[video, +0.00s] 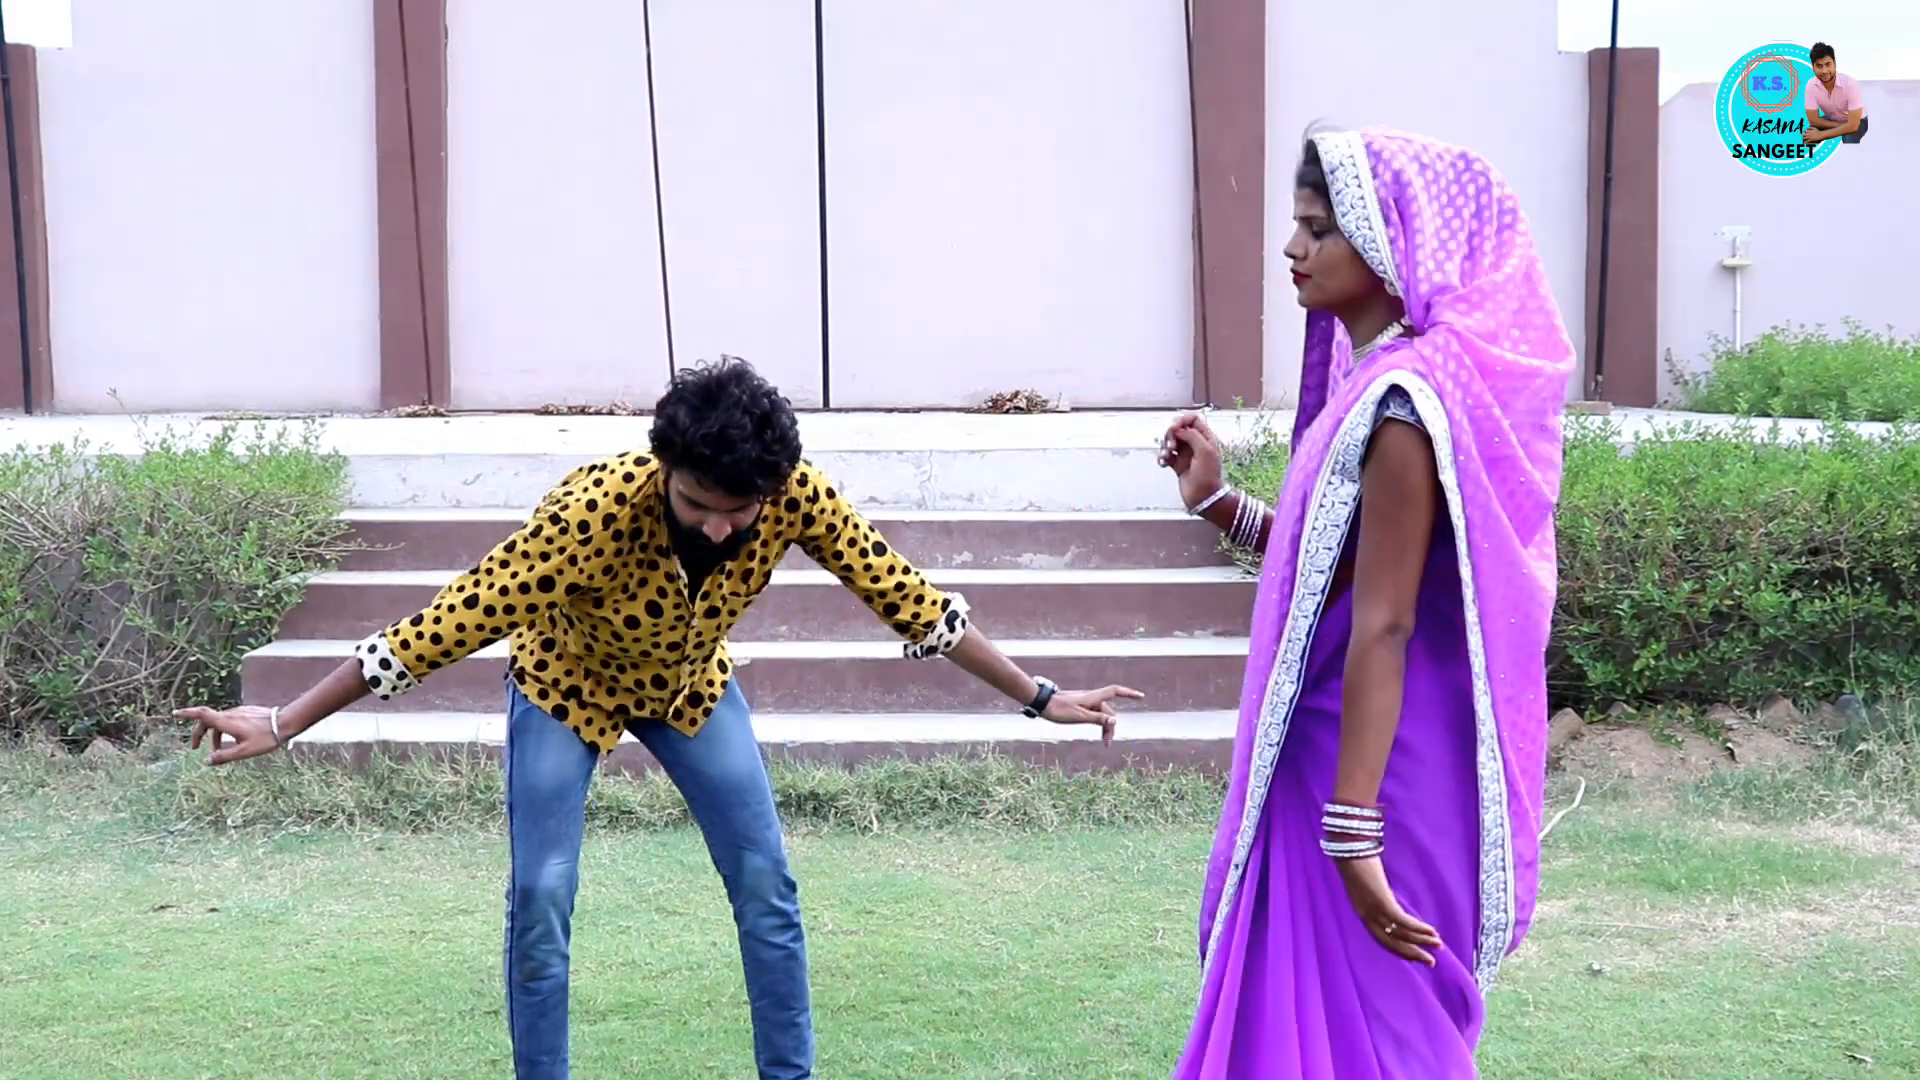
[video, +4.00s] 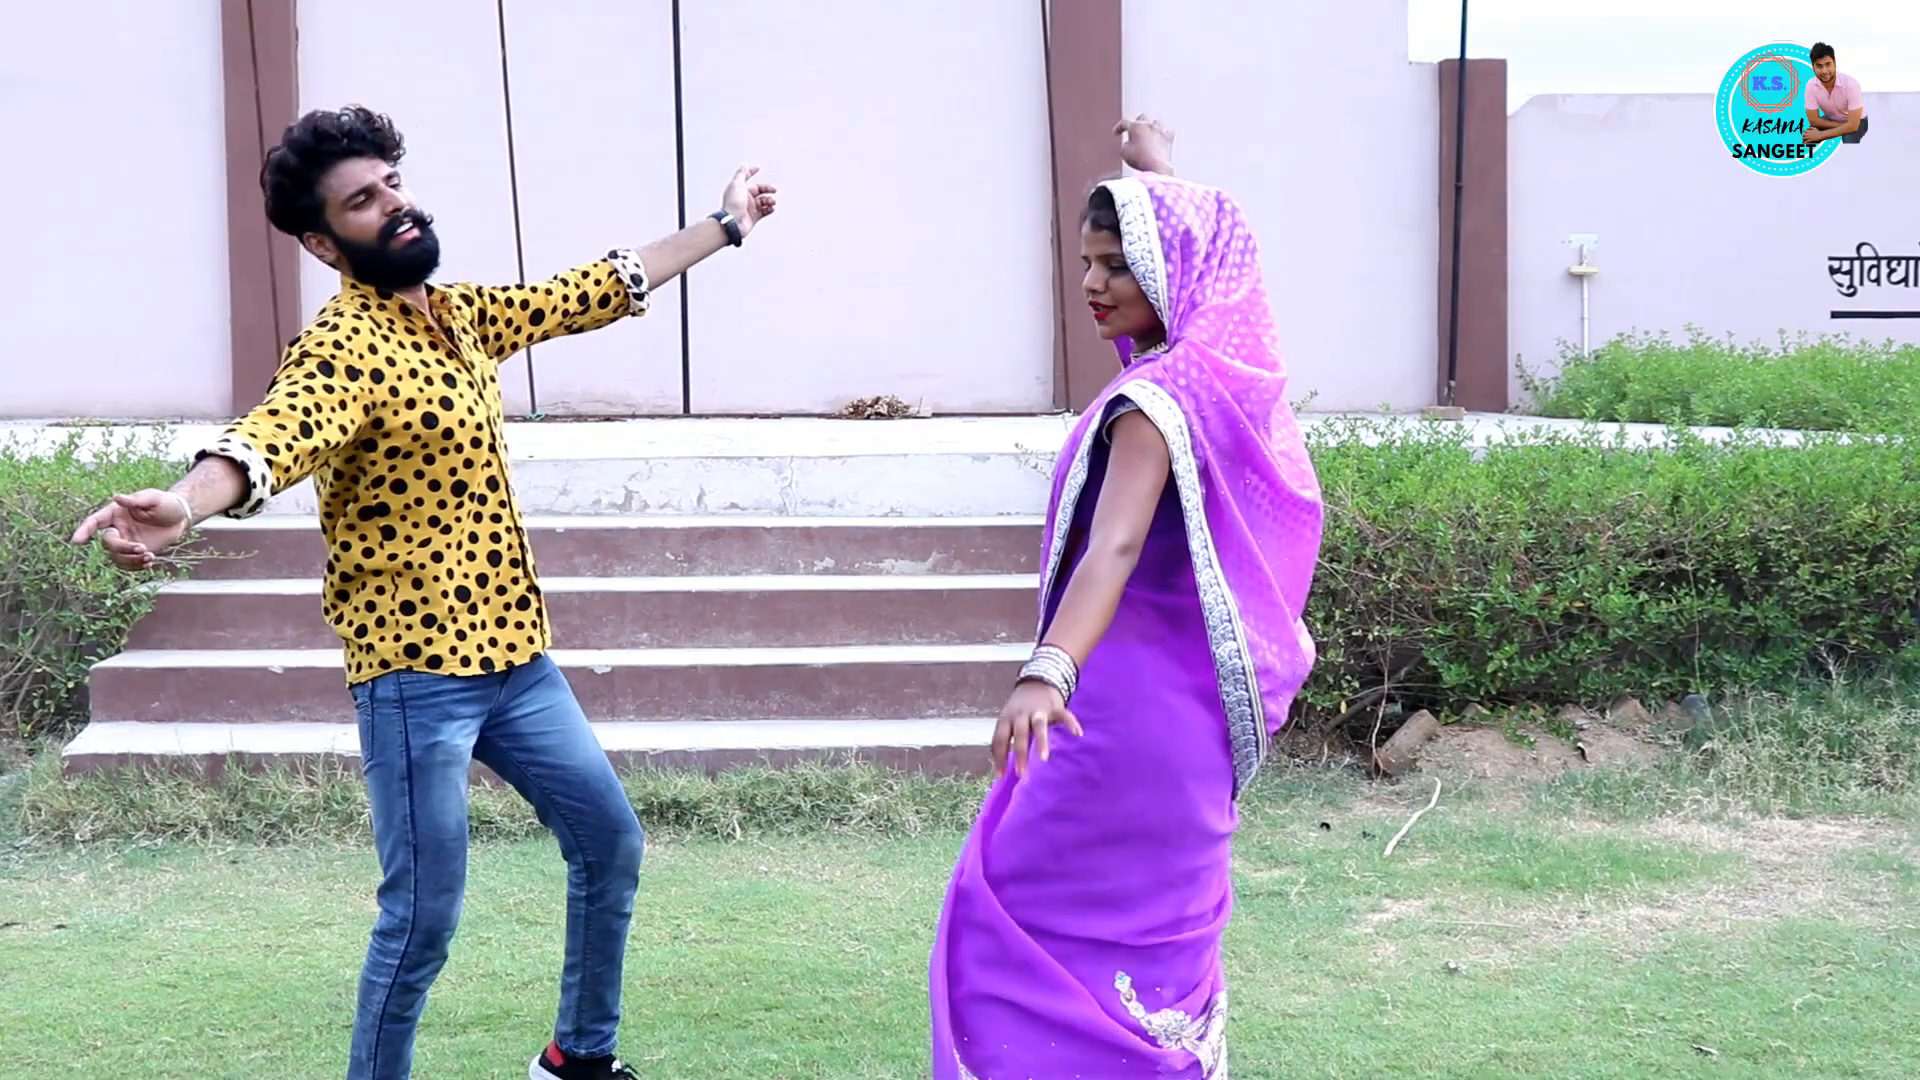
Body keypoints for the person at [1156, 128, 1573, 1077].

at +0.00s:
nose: (1292, 253)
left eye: (1316, 231)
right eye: (1295, 230)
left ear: (1391, 249)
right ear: (1375, 254)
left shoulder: (1404, 406)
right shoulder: (1379, 388)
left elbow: (1386, 627)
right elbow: (1345, 574)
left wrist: (1352, 824)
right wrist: (1219, 506)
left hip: (1365, 790)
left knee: (1354, 1035)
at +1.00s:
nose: (1284, 240)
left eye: (1308, 225)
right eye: (1286, 221)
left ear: (1372, 245)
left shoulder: (1346, 381)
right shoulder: (1415, 359)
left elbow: (1330, 581)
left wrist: (1290, 749)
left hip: (1326, 710)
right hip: (1385, 704)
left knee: (1282, 980)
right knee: (1370, 971)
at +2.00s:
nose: (1236, 303)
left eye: (1259, 283)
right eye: (1225, 283)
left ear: (1316, 291)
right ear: (1217, 285)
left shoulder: (1307, 403)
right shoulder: (1274, 387)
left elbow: (1314, 522)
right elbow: (1238, 303)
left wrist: (1327, 618)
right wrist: (1225, 180)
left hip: (1241, 726)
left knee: (1129, 941)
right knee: (1243, 953)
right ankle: (1258, 1062)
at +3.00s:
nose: (1111, 311)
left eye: (1135, 294)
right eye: (1104, 290)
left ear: (1189, 307)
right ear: (1103, 291)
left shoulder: (1177, 414)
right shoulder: (1167, 392)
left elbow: (1164, 541)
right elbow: (1128, 275)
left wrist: (1159, 646)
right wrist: (1134, 172)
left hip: (1099, 718)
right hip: (1112, 708)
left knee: (1029, 939)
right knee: (1122, 949)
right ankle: (1137, 1056)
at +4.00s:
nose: (1091, 286)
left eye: (1113, 265)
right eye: (1088, 264)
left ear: (1175, 276)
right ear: (1195, 278)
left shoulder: (1153, 398)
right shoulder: (1236, 379)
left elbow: (1114, 548)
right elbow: (1211, 267)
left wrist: (1048, 669)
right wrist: (1163, 177)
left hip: (1120, 725)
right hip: (1194, 725)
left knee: (983, 921)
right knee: (1176, 962)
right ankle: (1175, 1064)